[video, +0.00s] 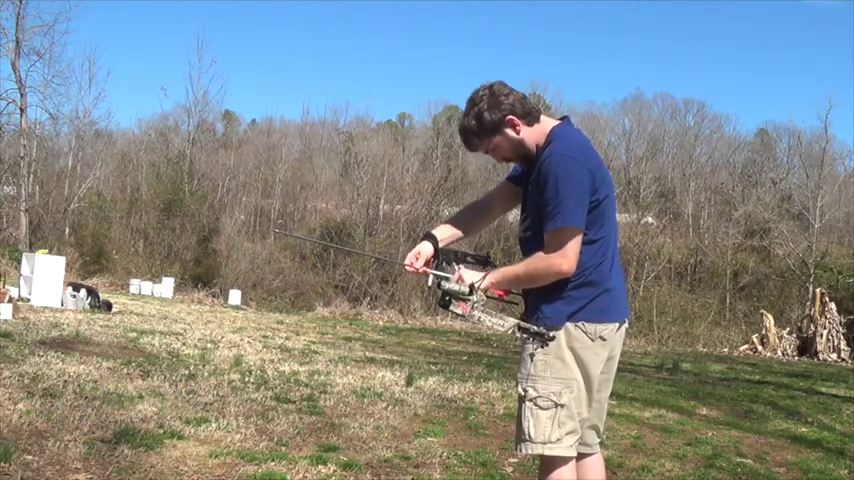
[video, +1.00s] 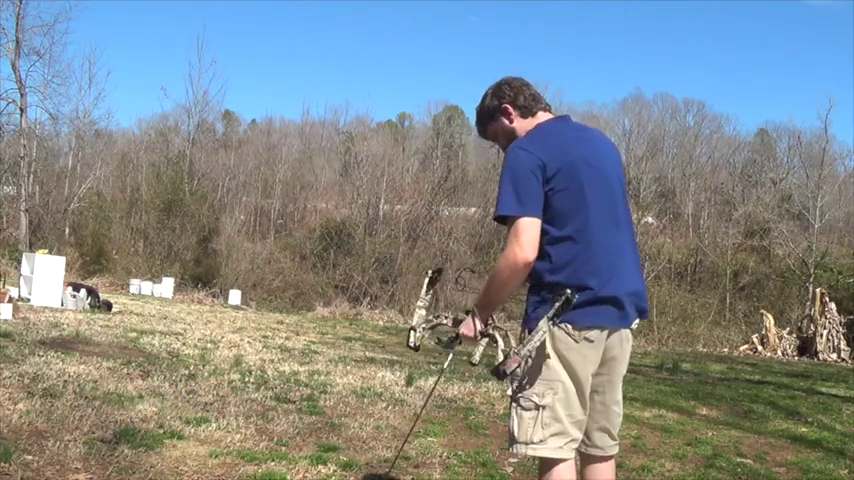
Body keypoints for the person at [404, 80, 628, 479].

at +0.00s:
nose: (496, 158)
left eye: (493, 148)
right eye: (489, 153)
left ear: (513, 123)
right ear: (516, 121)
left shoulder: (562, 157)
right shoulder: (549, 149)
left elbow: (562, 261)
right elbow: (492, 205)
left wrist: (488, 279)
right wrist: (433, 239)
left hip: (569, 319)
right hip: (590, 317)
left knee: (557, 450)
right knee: (585, 446)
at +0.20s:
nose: (495, 148)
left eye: (494, 136)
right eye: (489, 140)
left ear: (518, 116)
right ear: (520, 115)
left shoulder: (562, 155)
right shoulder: (554, 146)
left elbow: (553, 260)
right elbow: (498, 198)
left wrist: (480, 277)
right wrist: (440, 214)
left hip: (569, 320)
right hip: (593, 317)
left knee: (555, 450)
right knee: (586, 445)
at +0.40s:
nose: (494, 140)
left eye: (492, 127)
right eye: (489, 130)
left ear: (519, 108)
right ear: (525, 107)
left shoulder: (555, 153)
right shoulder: (580, 139)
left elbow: (536, 262)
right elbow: (566, 219)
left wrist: (466, 289)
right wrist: (508, 199)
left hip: (566, 317)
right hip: (604, 314)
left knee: (555, 450)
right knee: (587, 443)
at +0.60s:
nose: (492, 138)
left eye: (489, 126)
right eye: (486, 129)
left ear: (514, 107)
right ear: (522, 106)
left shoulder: (541, 152)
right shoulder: (588, 141)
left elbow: (524, 256)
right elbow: (589, 239)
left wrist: (461, 301)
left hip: (565, 317)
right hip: (609, 314)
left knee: (554, 450)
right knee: (589, 444)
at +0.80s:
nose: (497, 145)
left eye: (492, 132)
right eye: (490, 137)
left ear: (510, 109)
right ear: (527, 106)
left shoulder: (532, 151)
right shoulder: (598, 141)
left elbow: (520, 254)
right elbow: (594, 236)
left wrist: (472, 311)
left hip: (566, 316)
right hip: (618, 313)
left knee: (555, 451)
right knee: (597, 447)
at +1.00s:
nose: (502, 149)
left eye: (497, 139)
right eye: (495, 143)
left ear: (508, 113)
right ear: (544, 109)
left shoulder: (530, 150)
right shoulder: (602, 143)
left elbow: (522, 252)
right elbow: (590, 245)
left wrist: (479, 315)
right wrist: (537, 330)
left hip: (567, 315)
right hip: (622, 311)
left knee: (557, 452)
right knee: (601, 450)